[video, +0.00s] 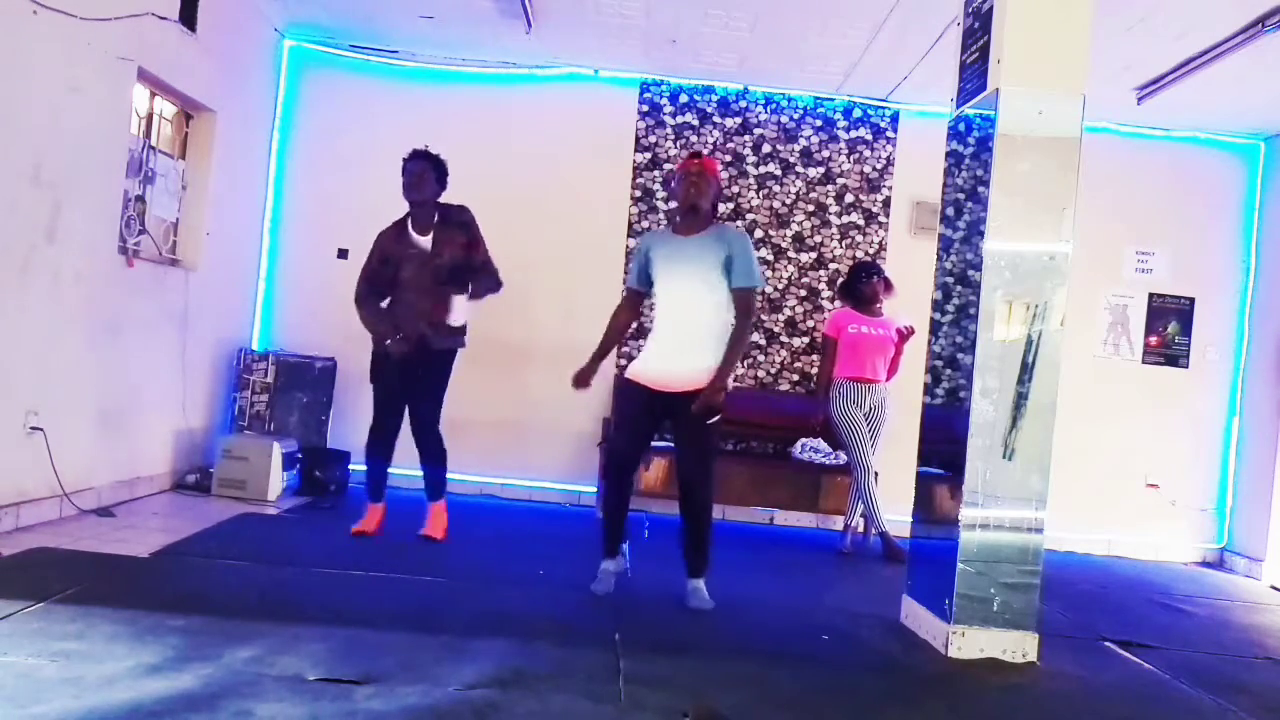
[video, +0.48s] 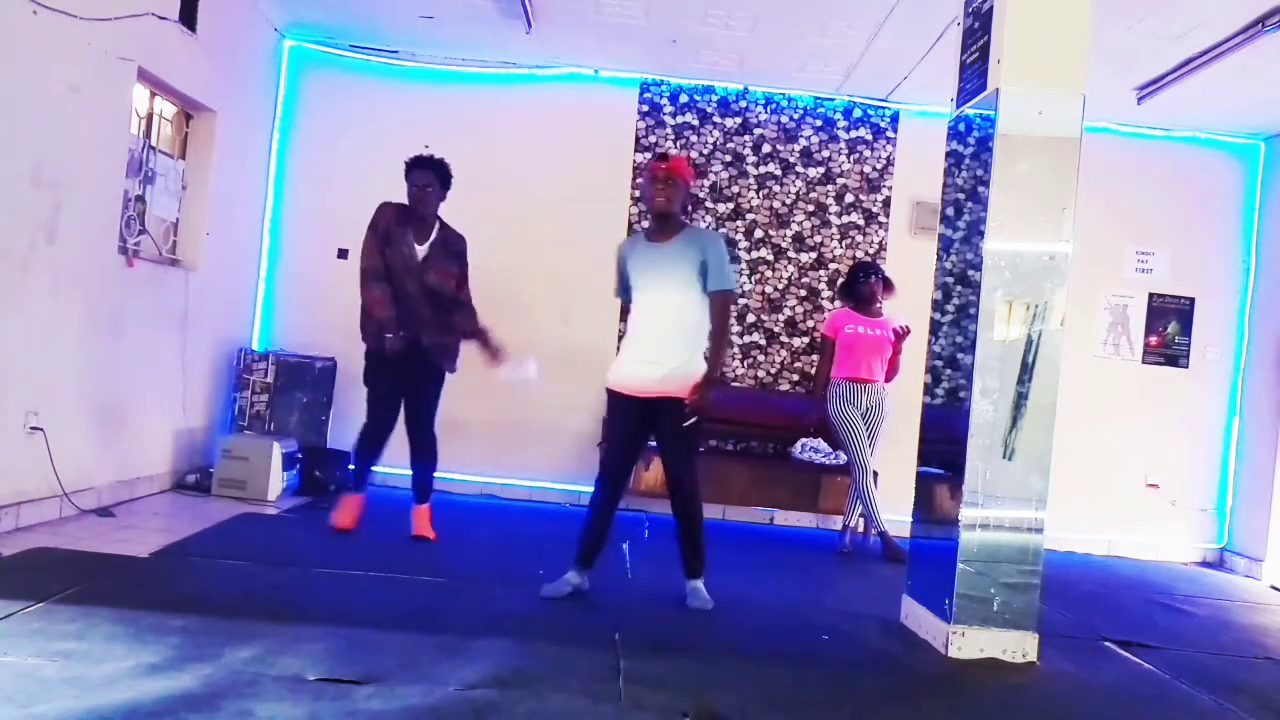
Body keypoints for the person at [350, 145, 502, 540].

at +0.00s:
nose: (414, 182)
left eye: (422, 175)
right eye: (408, 175)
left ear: (440, 184)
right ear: (401, 183)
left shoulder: (458, 224)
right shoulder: (390, 238)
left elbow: (491, 280)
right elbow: (364, 295)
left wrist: (464, 283)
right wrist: (386, 335)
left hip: (438, 346)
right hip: (393, 344)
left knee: (425, 427)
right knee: (383, 426)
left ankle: (437, 509)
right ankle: (375, 507)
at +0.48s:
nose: (418, 194)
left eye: (426, 188)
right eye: (413, 187)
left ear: (443, 193)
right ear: (406, 189)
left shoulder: (454, 242)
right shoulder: (388, 217)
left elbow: (460, 302)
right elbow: (372, 275)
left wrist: (482, 339)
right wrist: (387, 328)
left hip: (431, 351)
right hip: (388, 344)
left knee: (421, 428)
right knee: (379, 423)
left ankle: (422, 509)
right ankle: (354, 492)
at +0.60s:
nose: (406, 196)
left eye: (415, 190)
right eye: (402, 189)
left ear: (433, 193)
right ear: (396, 191)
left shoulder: (449, 244)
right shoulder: (385, 216)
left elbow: (446, 305)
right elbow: (366, 272)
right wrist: (376, 327)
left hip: (420, 346)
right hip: (377, 338)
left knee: (409, 421)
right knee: (366, 419)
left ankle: (400, 497)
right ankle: (342, 497)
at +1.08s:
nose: (397, 186)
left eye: (406, 180)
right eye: (392, 180)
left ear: (424, 185)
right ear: (386, 184)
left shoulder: (447, 227)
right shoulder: (374, 233)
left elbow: (466, 283)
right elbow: (362, 290)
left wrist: (447, 324)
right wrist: (373, 337)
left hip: (430, 350)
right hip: (383, 347)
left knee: (422, 431)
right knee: (368, 426)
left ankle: (433, 510)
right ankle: (362, 504)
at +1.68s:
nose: (411, 195)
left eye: (420, 188)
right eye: (406, 188)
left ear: (436, 193)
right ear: (399, 191)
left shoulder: (451, 246)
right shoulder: (384, 221)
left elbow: (440, 313)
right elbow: (364, 282)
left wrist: (404, 359)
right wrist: (380, 335)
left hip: (420, 354)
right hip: (375, 346)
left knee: (405, 426)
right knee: (367, 422)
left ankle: (391, 495)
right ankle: (361, 501)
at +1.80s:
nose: (406, 196)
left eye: (414, 190)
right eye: (401, 190)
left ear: (433, 194)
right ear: (397, 193)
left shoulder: (451, 246)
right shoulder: (389, 227)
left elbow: (441, 307)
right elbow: (367, 277)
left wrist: (381, 320)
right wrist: (374, 321)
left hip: (419, 353)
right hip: (377, 343)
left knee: (396, 421)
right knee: (351, 412)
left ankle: (388, 499)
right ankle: (372, 488)